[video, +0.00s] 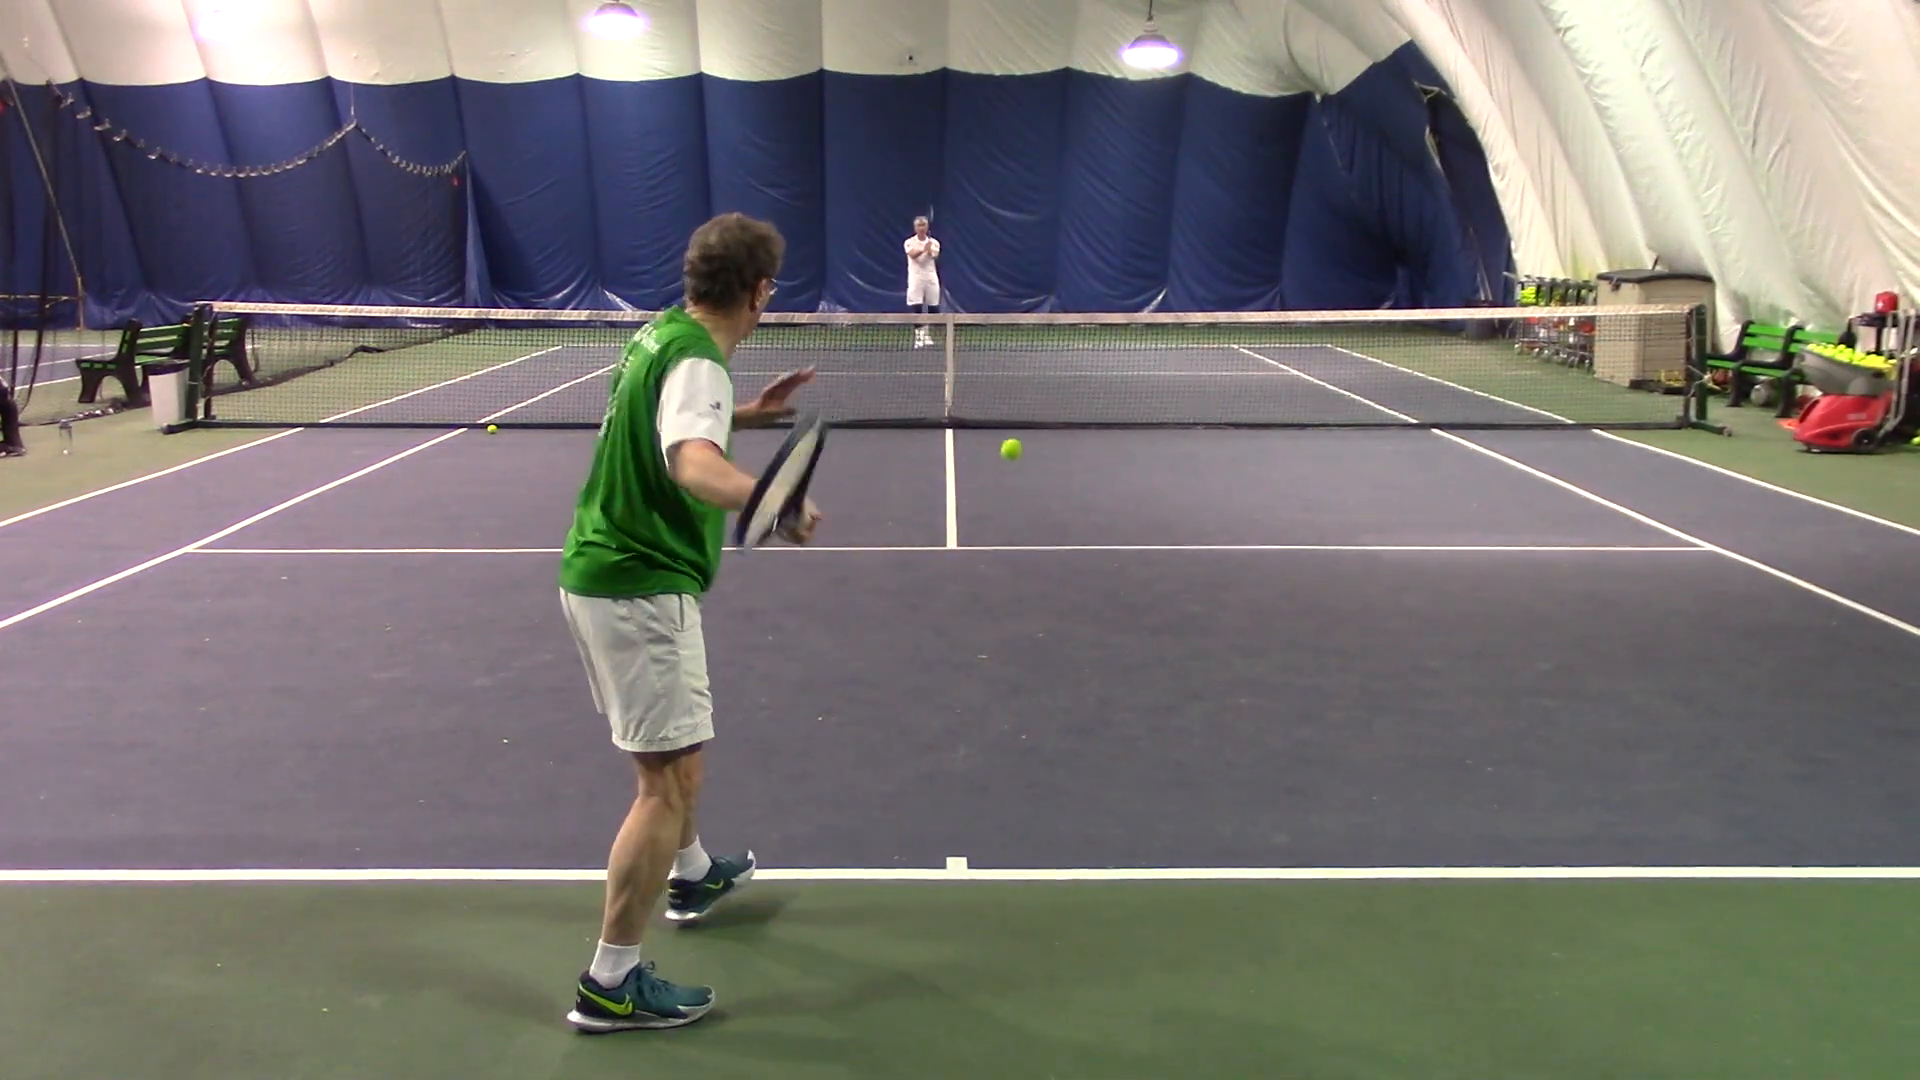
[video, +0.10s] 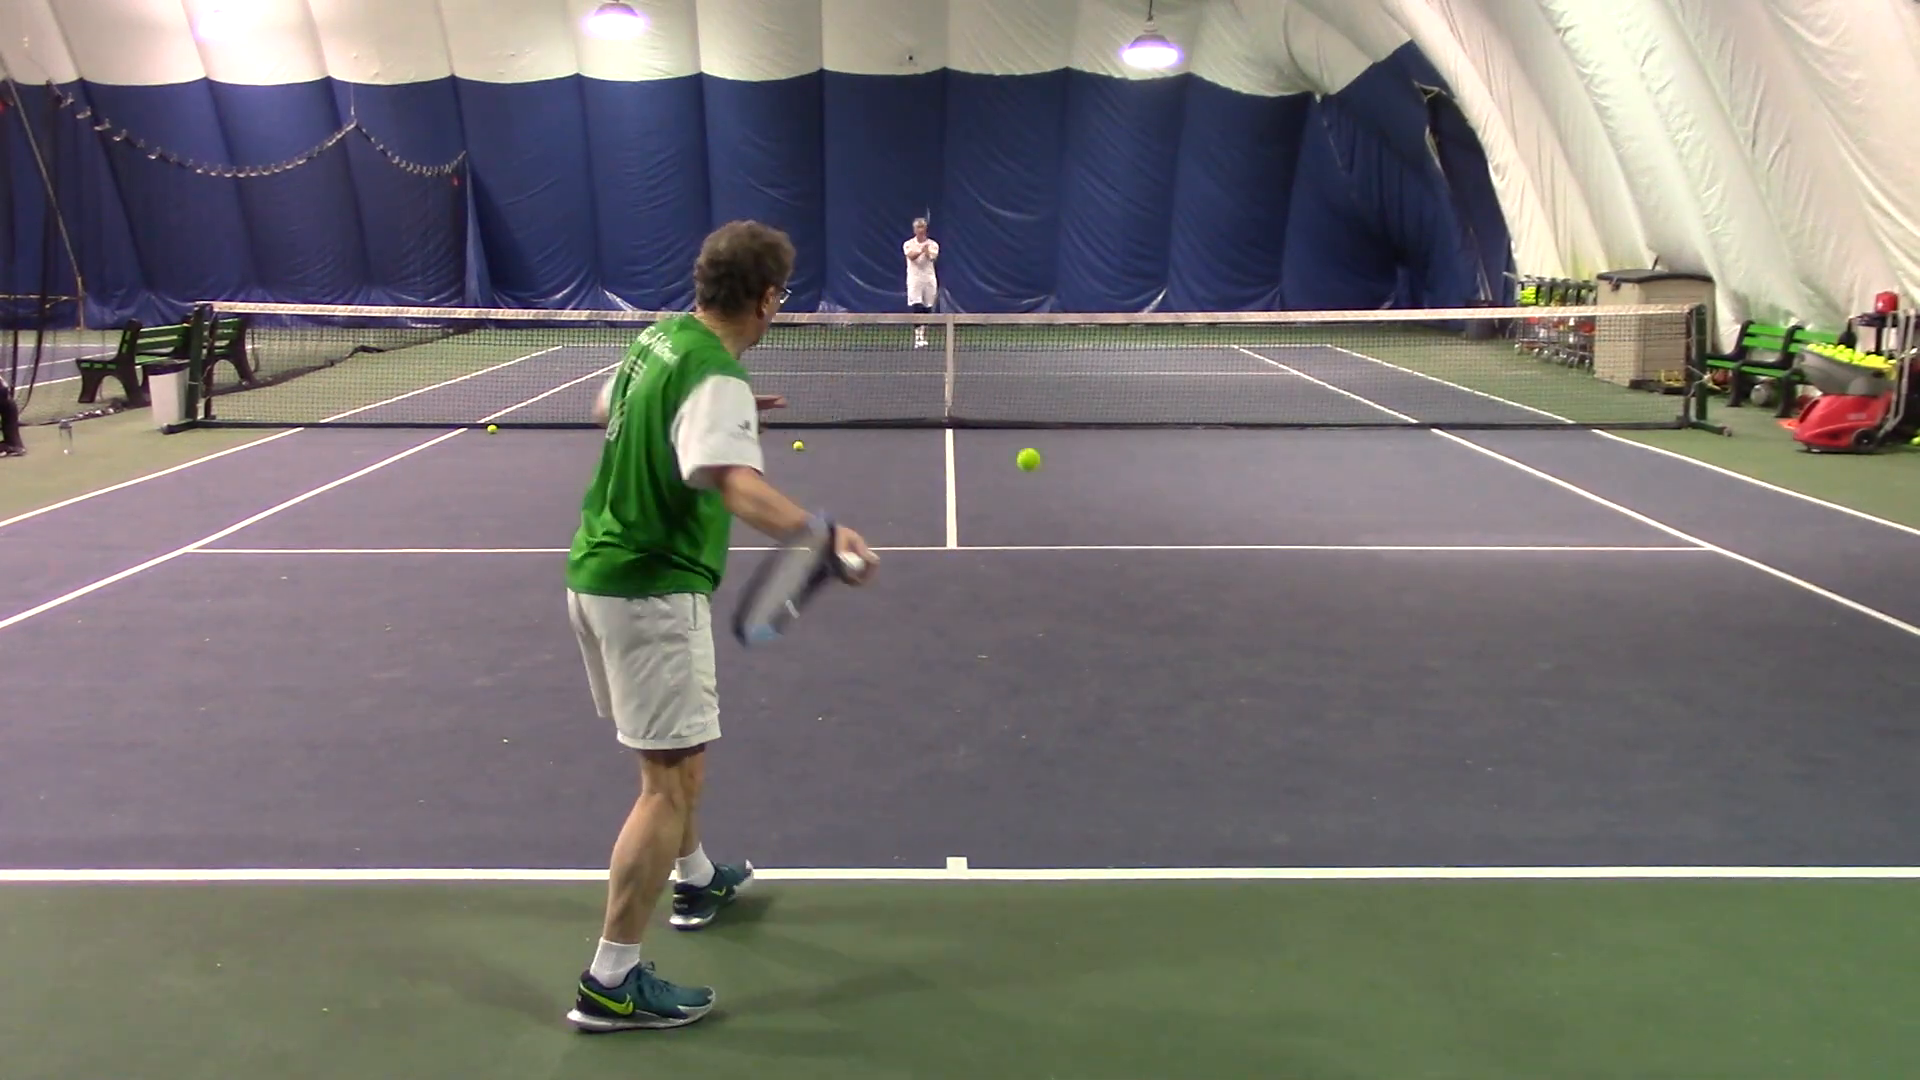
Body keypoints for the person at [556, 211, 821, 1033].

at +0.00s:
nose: (772, 297)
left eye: (770, 283)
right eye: (772, 284)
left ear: (696, 278)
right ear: (755, 292)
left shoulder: (660, 334)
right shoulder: (697, 364)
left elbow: (664, 421)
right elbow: (694, 465)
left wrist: (747, 408)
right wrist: (769, 500)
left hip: (606, 576)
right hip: (640, 587)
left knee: (670, 735)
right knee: (669, 784)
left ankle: (688, 876)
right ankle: (610, 977)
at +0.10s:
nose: (782, 305)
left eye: (784, 293)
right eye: (782, 294)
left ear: (704, 285)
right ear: (763, 298)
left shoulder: (660, 337)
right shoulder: (715, 373)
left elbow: (608, 411)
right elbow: (736, 487)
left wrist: (718, 406)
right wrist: (826, 536)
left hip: (600, 583)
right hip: (655, 595)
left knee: (670, 746)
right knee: (668, 786)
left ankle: (694, 880)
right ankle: (611, 977)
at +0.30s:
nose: (787, 302)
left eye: (788, 289)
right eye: (788, 290)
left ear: (709, 279)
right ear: (765, 295)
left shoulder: (636, 324)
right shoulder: (764, 383)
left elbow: (571, 368)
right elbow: (820, 482)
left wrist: (629, 341)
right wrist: (901, 496)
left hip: (616, 570)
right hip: (693, 582)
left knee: (677, 733)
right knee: (684, 764)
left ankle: (697, 880)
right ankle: (626, 946)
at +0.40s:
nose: (805, 299)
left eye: (804, 287)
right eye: (805, 289)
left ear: (727, 276)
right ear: (785, 296)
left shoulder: (648, 318)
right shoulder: (783, 376)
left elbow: (561, 335)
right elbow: (819, 395)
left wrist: (600, 327)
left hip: (627, 568)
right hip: (708, 581)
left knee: (685, 732)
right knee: (693, 756)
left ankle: (698, 878)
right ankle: (639, 931)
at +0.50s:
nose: (825, 299)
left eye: (825, 288)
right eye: (825, 290)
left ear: (745, 277)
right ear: (807, 300)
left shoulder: (666, 320)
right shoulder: (808, 365)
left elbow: (558, 336)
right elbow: (758, 360)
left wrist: (628, 349)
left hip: (640, 562)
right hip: (724, 574)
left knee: (684, 723)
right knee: (711, 750)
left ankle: (699, 878)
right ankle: (659, 923)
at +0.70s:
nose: (840, 293)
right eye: (842, 282)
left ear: (764, 268)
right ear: (828, 288)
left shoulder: (688, 319)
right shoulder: (827, 349)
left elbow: (585, 363)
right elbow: (779, 292)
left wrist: (637, 343)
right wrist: (725, 229)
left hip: (669, 556)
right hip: (760, 565)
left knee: (696, 722)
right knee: (767, 742)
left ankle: (696, 881)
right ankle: (745, 915)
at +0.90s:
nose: (859, 278)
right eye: (861, 268)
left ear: (786, 265)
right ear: (856, 279)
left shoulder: (716, 324)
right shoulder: (861, 352)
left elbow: (631, 404)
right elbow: (812, 333)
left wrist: (710, 393)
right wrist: (772, 299)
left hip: (708, 558)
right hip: (803, 564)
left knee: (714, 722)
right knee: (836, 737)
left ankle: (698, 883)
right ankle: (858, 917)